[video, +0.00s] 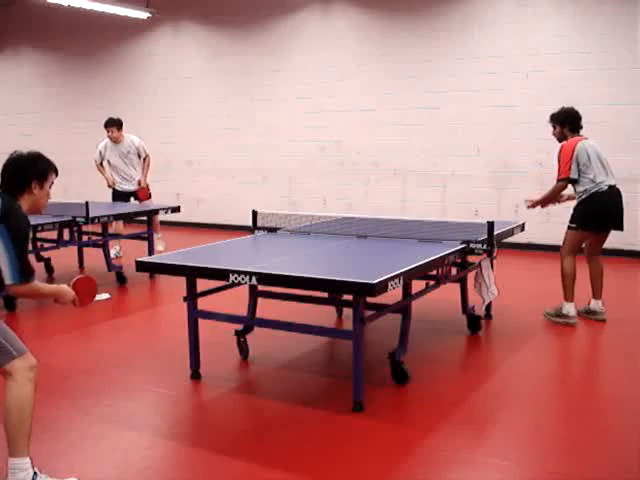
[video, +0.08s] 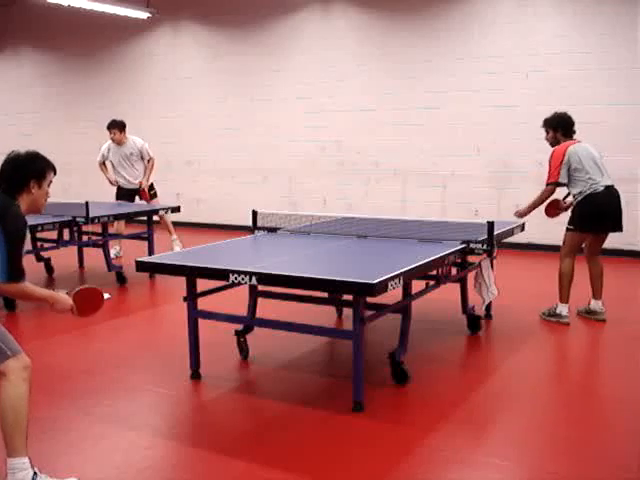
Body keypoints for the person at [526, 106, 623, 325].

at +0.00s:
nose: (553, 133)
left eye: (554, 128)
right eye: (552, 128)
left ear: (564, 128)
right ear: (574, 127)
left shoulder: (568, 147)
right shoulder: (590, 145)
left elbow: (562, 183)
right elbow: (592, 185)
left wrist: (541, 201)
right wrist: (564, 198)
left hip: (591, 201)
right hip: (613, 198)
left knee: (568, 252)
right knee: (593, 252)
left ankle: (568, 307)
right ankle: (597, 304)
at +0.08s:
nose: (546, 137)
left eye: (547, 132)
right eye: (545, 133)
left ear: (557, 132)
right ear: (567, 132)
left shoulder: (560, 151)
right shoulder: (585, 148)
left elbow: (550, 188)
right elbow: (592, 182)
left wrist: (526, 210)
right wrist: (568, 202)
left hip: (589, 202)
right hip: (611, 200)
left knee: (567, 253)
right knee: (592, 252)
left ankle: (562, 308)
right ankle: (597, 305)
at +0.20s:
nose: (541, 141)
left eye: (542, 136)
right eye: (540, 136)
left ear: (552, 136)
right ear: (563, 135)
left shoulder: (554, 155)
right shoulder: (583, 150)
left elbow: (543, 191)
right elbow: (592, 185)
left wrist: (522, 213)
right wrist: (568, 205)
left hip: (586, 204)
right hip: (609, 202)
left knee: (563, 254)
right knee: (591, 251)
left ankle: (561, 308)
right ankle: (596, 304)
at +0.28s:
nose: (537, 144)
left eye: (539, 139)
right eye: (537, 139)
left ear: (547, 139)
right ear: (560, 137)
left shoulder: (550, 157)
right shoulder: (580, 152)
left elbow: (543, 193)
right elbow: (592, 183)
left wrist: (522, 214)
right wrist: (569, 203)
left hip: (582, 205)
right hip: (606, 201)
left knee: (561, 254)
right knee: (588, 252)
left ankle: (561, 308)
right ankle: (596, 304)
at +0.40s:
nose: (536, 147)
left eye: (537, 142)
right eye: (535, 142)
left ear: (544, 141)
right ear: (559, 138)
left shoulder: (548, 158)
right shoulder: (580, 153)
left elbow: (547, 194)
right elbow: (591, 181)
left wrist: (526, 214)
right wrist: (566, 200)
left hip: (579, 205)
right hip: (603, 201)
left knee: (559, 255)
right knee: (586, 253)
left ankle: (561, 308)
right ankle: (594, 304)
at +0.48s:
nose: (536, 147)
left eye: (537, 142)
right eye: (536, 143)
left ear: (544, 141)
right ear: (559, 138)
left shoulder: (548, 158)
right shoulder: (579, 153)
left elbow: (548, 194)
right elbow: (590, 181)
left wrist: (529, 212)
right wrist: (563, 201)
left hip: (578, 205)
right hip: (603, 201)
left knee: (559, 256)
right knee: (586, 254)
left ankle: (561, 308)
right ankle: (593, 304)